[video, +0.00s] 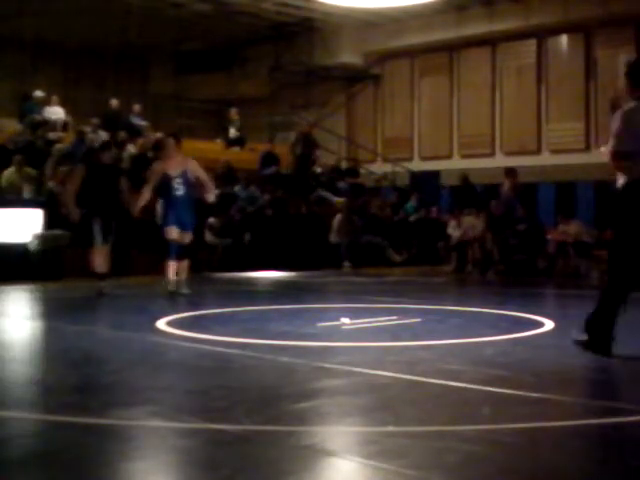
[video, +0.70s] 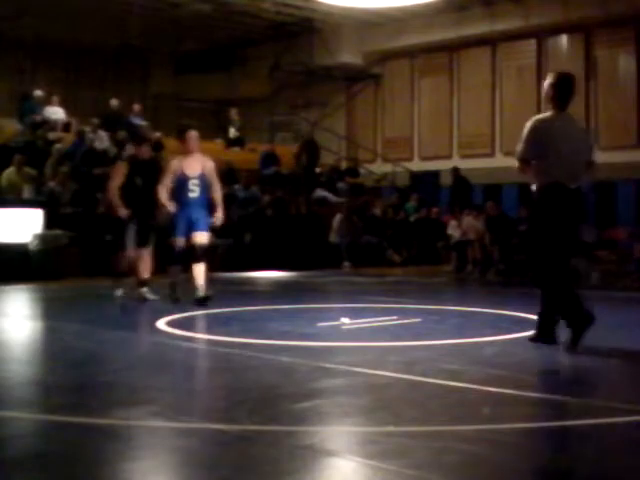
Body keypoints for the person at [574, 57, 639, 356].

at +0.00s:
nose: (624, 86)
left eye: (627, 80)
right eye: (627, 81)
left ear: (631, 83)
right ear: (637, 83)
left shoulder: (629, 114)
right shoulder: (629, 114)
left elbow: (616, 155)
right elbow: (614, 153)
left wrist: (604, 149)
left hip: (631, 200)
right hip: (632, 200)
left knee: (621, 269)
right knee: (620, 269)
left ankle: (600, 333)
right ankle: (600, 332)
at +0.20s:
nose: (593, 87)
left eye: (594, 82)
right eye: (596, 81)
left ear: (597, 85)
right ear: (618, 84)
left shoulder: (595, 119)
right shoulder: (631, 116)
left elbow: (583, 161)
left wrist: (606, 174)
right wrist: (609, 173)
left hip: (605, 199)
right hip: (632, 196)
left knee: (597, 267)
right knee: (630, 269)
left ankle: (597, 339)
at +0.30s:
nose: (582, 86)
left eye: (584, 81)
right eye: (586, 81)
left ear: (586, 84)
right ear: (609, 84)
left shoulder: (581, 118)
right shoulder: (626, 116)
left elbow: (567, 158)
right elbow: (635, 151)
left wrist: (591, 155)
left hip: (594, 195)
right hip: (626, 193)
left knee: (590, 265)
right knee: (617, 262)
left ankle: (596, 339)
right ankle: (627, 321)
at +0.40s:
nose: (570, 86)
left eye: (572, 81)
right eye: (574, 80)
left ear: (574, 85)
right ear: (598, 86)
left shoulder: (565, 120)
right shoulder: (608, 119)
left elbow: (551, 157)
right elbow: (623, 155)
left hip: (578, 196)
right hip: (608, 196)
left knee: (585, 267)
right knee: (595, 266)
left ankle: (595, 337)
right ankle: (596, 333)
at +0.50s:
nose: (562, 91)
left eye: (564, 86)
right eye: (571, 86)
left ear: (564, 90)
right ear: (590, 91)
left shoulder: (555, 124)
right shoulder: (600, 125)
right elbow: (610, 163)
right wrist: (607, 193)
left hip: (567, 200)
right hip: (598, 200)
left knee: (578, 269)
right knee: (576, 266)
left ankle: (596, 339)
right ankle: (556, 324)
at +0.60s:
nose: (550, 92)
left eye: (553, 88)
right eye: (552, 87)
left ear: (559, 94)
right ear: (580, 95)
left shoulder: (546, 126)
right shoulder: (591, 126)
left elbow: (531, 165)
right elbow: (601, 162)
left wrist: (557, 167)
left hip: (557, 204)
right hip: (588, 202)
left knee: (570, 270)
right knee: (567, 269)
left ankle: (594, 338)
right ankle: (547, 328)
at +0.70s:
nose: (542, 89)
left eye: (546, 85)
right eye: (546, 84)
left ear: (550, 92)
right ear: (570, 95)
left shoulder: (537, 125)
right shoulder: (578, 128)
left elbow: (522, 161)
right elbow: (588, 163)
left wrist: (541, 172)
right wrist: (564, 170)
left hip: (545, 200)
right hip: (573, 199)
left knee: (548, 263)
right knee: (558, 263)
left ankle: (578, 317)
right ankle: (547, 326)